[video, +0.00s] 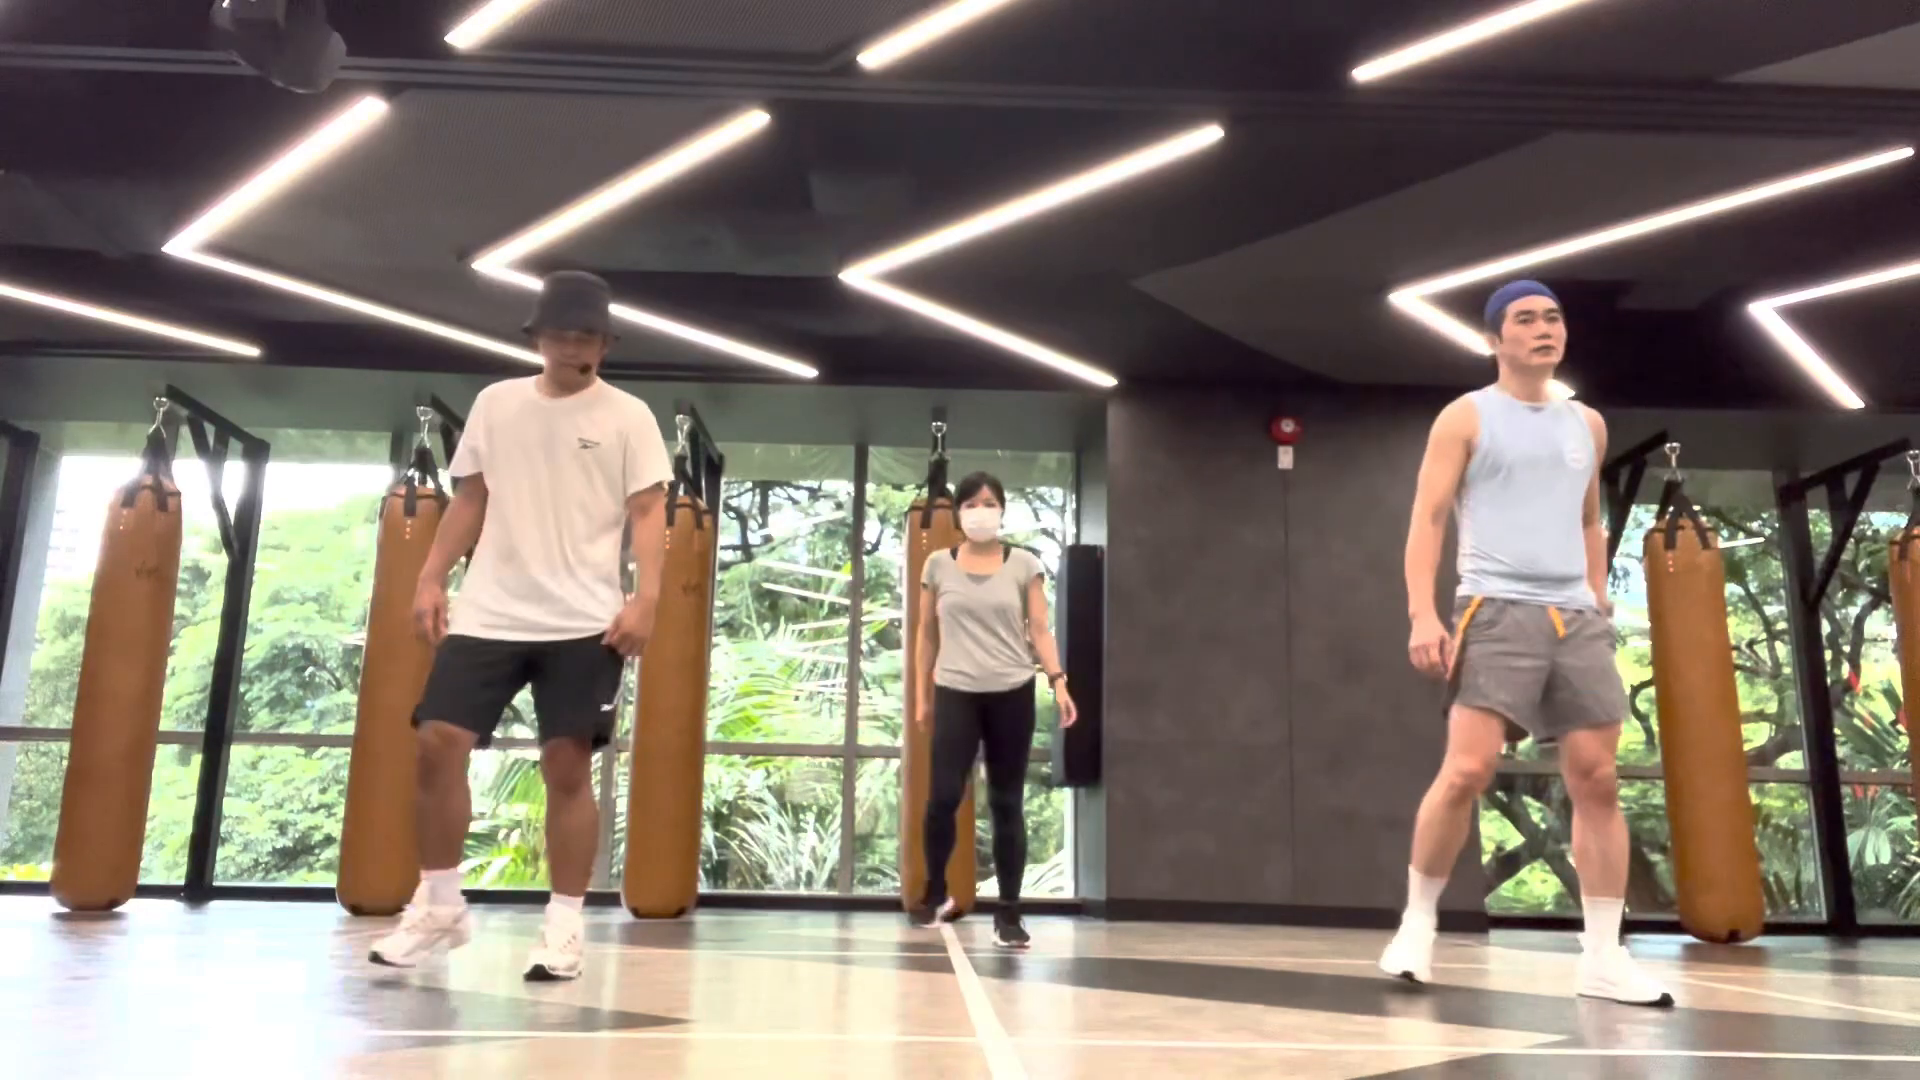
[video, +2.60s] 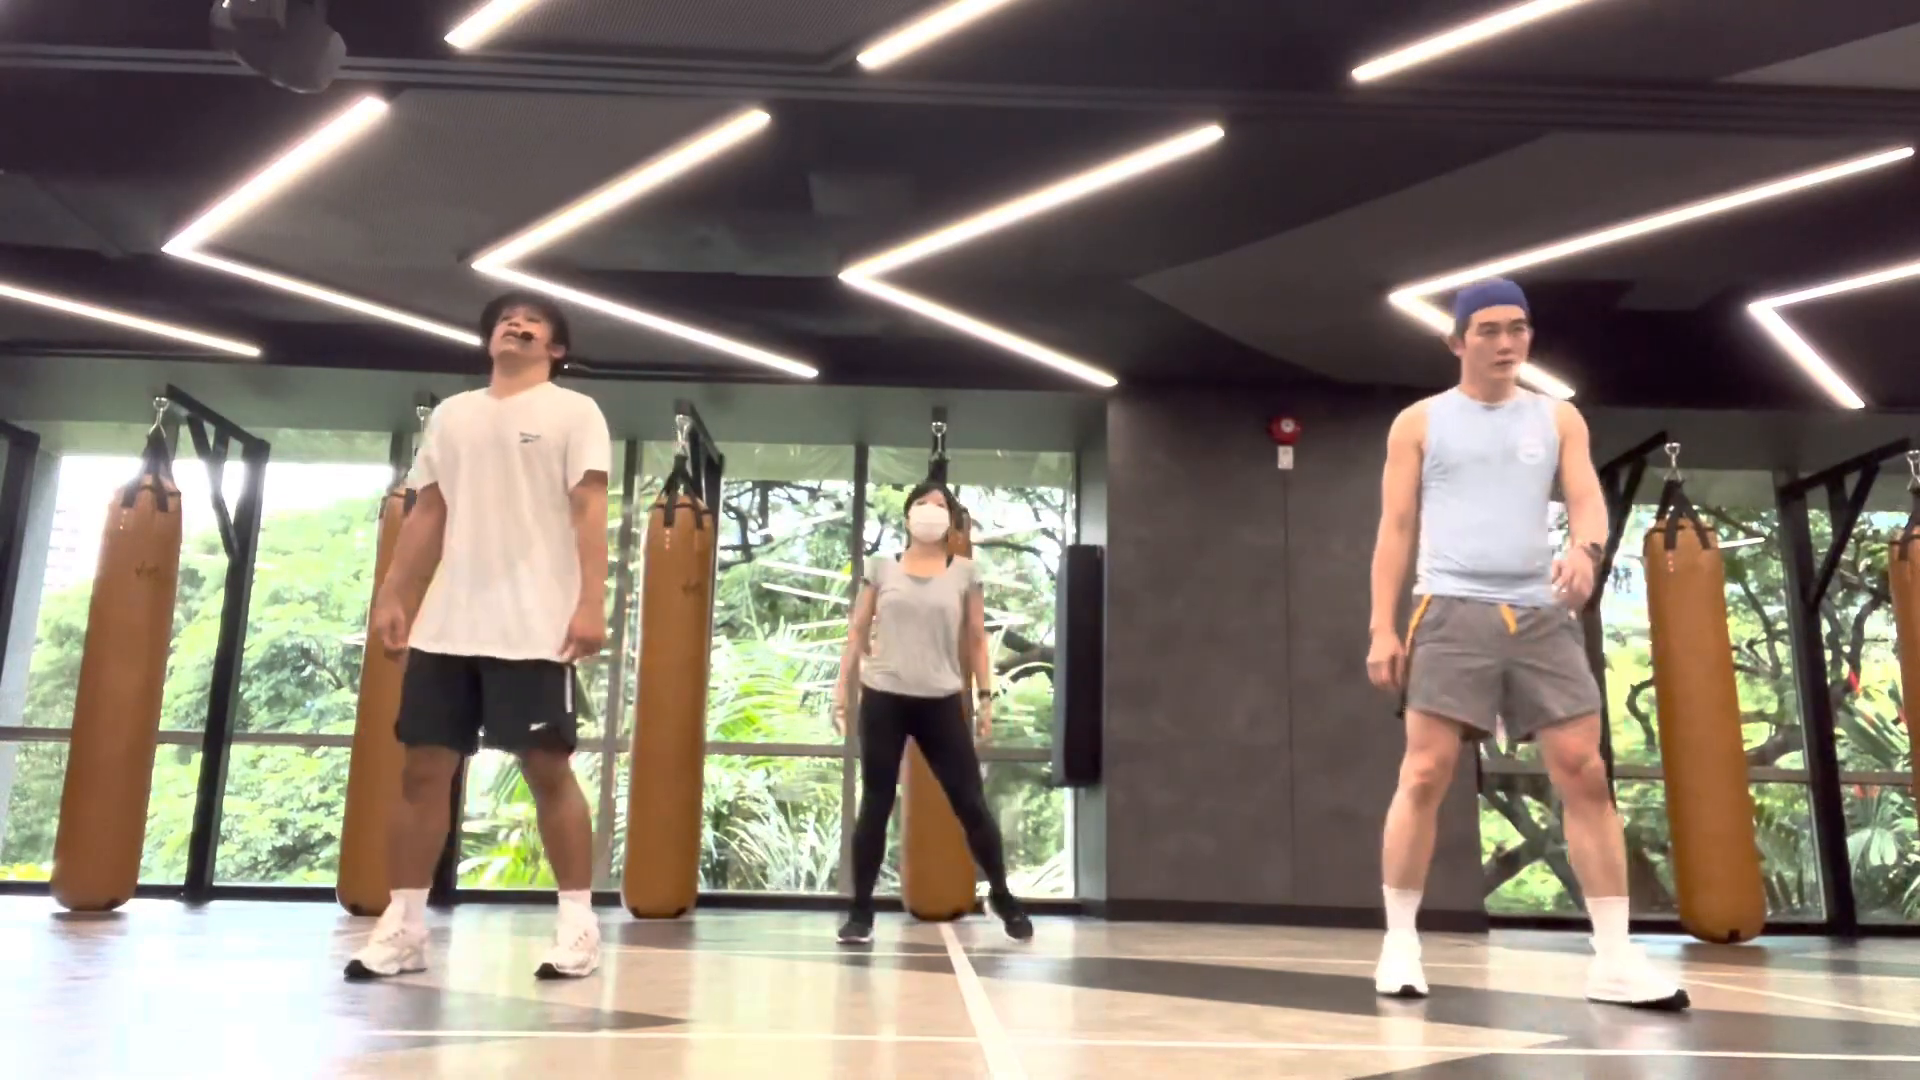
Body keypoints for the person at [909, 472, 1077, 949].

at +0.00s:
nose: (982, 513)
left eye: (990, 506)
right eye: (972, 506)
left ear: (1003, 513)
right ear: (958, 514)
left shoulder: (1023, 562)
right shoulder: (940, 564)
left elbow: (1040, 629)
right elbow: (927, 631)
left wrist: (1059, 685)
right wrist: (922, 691)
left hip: (1011, 694)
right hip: (954, 693)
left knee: (1007, 805)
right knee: (944, 797)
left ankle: (1008, 914)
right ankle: (937, 893)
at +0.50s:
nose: (961, 523)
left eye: (970, 515)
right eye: (952, 515)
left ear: (982, 521)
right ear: (936, 521)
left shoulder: (1001, 572)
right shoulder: (918, 571)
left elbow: (1015, 633)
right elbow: (904, 638)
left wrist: (1031, 682)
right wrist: (892, 696)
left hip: (985, 698)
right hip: (927, 697)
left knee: (992, 808)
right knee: (899, 801)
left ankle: (1007, 912)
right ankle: (870, 886)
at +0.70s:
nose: (928, 530)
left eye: (939, 523)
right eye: (920, 521)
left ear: (952, 532)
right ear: (906, 528)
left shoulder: (962, 584)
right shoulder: (882, 573)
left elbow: (972, 653)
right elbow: (858, 637)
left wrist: (993, 705)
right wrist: (847, 695)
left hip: (937, 707)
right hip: (880, 705)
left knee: (963, 809)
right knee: (868, 811)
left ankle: (1002, 910)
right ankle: (857, 910)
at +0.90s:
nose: (911, 520)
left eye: (919, 514)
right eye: (902, 513)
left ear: (931, 525)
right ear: (887, 524)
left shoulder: (944, 578)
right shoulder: (864, 566)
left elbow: (940, 639)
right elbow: (836, 626)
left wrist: (935, 680)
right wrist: (817, 680)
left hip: (919, 696)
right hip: (864, 697)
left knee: (921, 789)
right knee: (862, 803)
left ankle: (942, 895)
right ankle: (856, 908)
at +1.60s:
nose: (954, 526)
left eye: (962, 520)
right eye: (946, 520)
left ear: (974, 534)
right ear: (930, 533)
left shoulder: (989, 585)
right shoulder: (913, 582)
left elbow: (996, 645)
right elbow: (887, 640)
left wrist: (1003, 690)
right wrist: (866, 692)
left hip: (976, 709)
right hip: (920, 710)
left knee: (988, 815)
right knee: (894, 813)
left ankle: (1009, 910)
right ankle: (861, 908)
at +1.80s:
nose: (977, 523)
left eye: (984, 517)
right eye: (969, 517)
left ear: (996, 529)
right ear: (955, 529)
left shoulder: (1015, 577)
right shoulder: (937, 578)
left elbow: (1023, 635)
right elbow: (922, 643)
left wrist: (1019, 672)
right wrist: (911, 698)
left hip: (1000, 702)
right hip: (948, 701)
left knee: (1004, 808)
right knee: (930, 800)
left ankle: (1011, 910)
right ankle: (906, 891)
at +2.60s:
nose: (930, 512)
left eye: (940, 506)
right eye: (921, 505)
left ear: (953, 522)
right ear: (906, 519)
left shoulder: (965, 572)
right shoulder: (881, 569)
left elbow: (976, 638)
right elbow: (857, 632)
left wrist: (985, 696)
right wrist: (843, 686)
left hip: (942, 700)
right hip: (883, 699)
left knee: (971, 803)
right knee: (876, 804)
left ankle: (1002, 896)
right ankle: (860, 911)